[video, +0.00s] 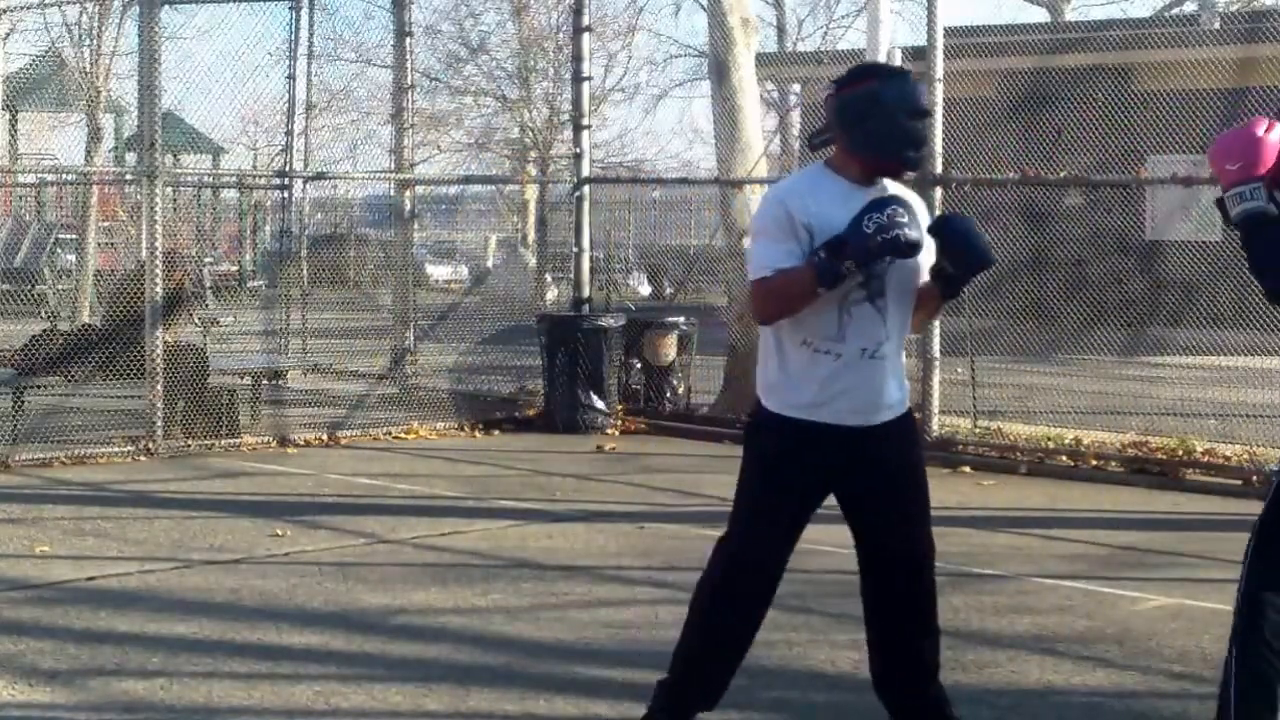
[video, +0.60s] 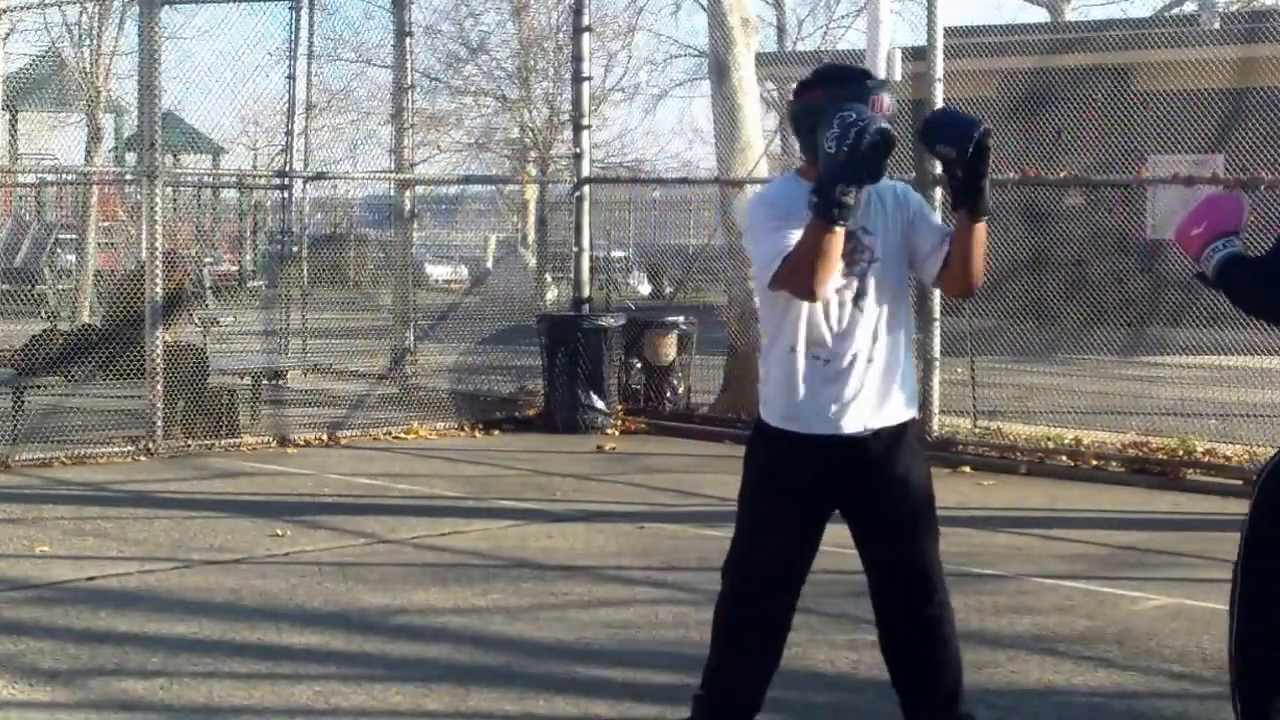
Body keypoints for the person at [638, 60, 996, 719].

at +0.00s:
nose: (908, 152)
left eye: (912, 138)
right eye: (896, 138)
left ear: (911, 136)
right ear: (856, 133)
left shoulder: (907, 204)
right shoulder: (786, 200)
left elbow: (909, 314)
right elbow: (765, 303)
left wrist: (949, 278)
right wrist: (840, 259)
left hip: (883, 428)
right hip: (791, 425)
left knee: (906, 582)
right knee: (743, 574)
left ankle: (919, 708)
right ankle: (675, 706)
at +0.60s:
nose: (845, 135)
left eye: (858, 122)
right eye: (829, 122)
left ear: (878, 130)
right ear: (804, 129)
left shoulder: (898, 200)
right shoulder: (770, 202)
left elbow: (960, 280)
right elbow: (809, 283)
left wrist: (967, 192)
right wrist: (834, 194)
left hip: (886, 439)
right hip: (789, 442)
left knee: (918, 611)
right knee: (752, 610)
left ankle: (940, 716)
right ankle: (717, 716)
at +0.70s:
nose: (888, 128)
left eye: (897, 115)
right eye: (873, 113)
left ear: (907, 129)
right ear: (838, 119)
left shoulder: (916, 202)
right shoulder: (793, 197)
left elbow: (987, 267)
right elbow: (847, 264)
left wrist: (983, 173)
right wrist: (872, 172)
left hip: (899, 443)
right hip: (800, 441)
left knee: (924, 619)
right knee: (751, 615)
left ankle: (940, 718)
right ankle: (715, 715)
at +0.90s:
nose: (929, 129)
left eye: (939, 117)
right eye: (917, 113)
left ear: (949, 134)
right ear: (882, 119)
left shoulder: (942, 210)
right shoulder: (821, 190)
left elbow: (995, 284)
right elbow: (878, 261)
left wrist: (1016, 188)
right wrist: (916, 170)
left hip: (903, 441)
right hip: (806, 434)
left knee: (923, 613)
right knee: (757, 603)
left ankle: (939, 717)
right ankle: (715, 712)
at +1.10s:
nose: (895, 126)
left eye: (911, 114)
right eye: (881, 111)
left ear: (935, 125)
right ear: (855, 115)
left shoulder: (946, 207)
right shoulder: (810, 189)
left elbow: (988, 296)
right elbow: (818, 272)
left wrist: (1001, 183)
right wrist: (864, 181)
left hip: (904, 445)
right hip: (802, 436)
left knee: (924, 610)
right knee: (752, 604)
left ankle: (936, 717)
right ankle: (730, 713)